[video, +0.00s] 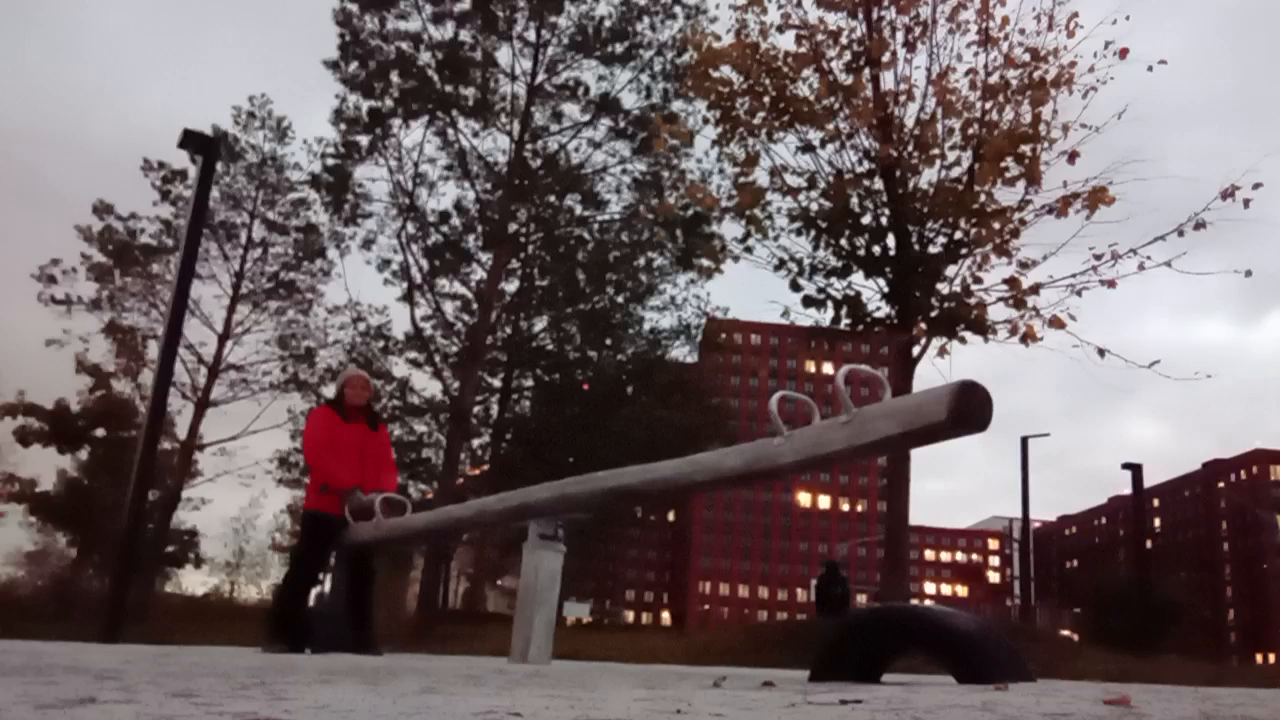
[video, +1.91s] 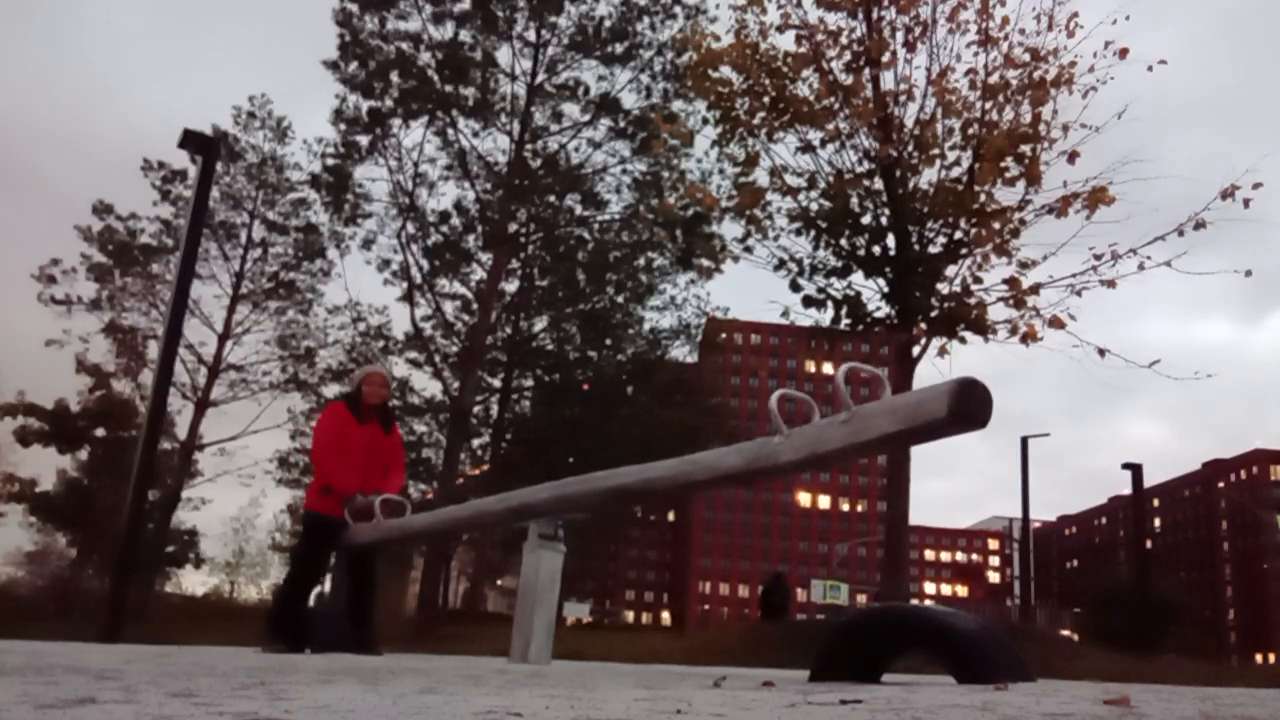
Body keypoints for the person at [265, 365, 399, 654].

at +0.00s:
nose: (359, 391)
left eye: (364, 387)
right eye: (353, 386)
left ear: (370, 394)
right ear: (342, 390)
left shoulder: (377, 427)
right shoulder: (322, 416)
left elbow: (387, 467)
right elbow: (316, 457)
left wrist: (385, 496)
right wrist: (345, 488)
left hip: (362, 515)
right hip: (323, 510)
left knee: (361, 578)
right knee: (304, 572)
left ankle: (361, 641)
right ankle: (282, 636)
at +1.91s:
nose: (374, 390)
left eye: (381, 385)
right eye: (369, 384)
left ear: (389, 392)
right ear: (358, 387)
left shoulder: (389, 428)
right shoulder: (336, 413)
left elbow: (397, 470)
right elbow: (321, 458)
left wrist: (385, 498)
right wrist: (347, 493)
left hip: (365, 517)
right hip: (325, 509)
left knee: (363, 581)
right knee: (307, 572)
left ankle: (361, 642)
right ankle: (282, 636)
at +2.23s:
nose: (384, 406)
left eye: (390, 401)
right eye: (378, 400)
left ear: (396, 406)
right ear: (367, 402)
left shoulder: (396, 442)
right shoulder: (343, 426)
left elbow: (401, 483)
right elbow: (322, 468)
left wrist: (387, 510)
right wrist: (347, 506)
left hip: (367, 525)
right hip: (327, 516)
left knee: (370, 583)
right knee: (317, 573)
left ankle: (362, 645)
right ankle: (286, 637)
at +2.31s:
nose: (384, 412)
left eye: (390, 407)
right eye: (379, 405)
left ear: (396, 413)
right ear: (367, 407)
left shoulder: (396, 447)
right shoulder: (342, 431)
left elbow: (399, 487)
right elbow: (323, 475)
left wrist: (388, 516)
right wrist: (346, 514)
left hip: (368, 529)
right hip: (327, 521)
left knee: (371, 585)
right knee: (318, 576)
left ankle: (362, 645)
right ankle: (285, 635)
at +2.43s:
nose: (383, 417)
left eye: (389, 412)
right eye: (377, 411)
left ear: (395, 418)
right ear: (366, 414)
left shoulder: (393, 452)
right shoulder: (341, 438)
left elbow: (397, 495)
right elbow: (323, 482)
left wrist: (385, 523)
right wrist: (344, 522)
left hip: (367, 531)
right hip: (326, 525)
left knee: (372, 586)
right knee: (323, 578)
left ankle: (362, 645)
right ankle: (284, 634)